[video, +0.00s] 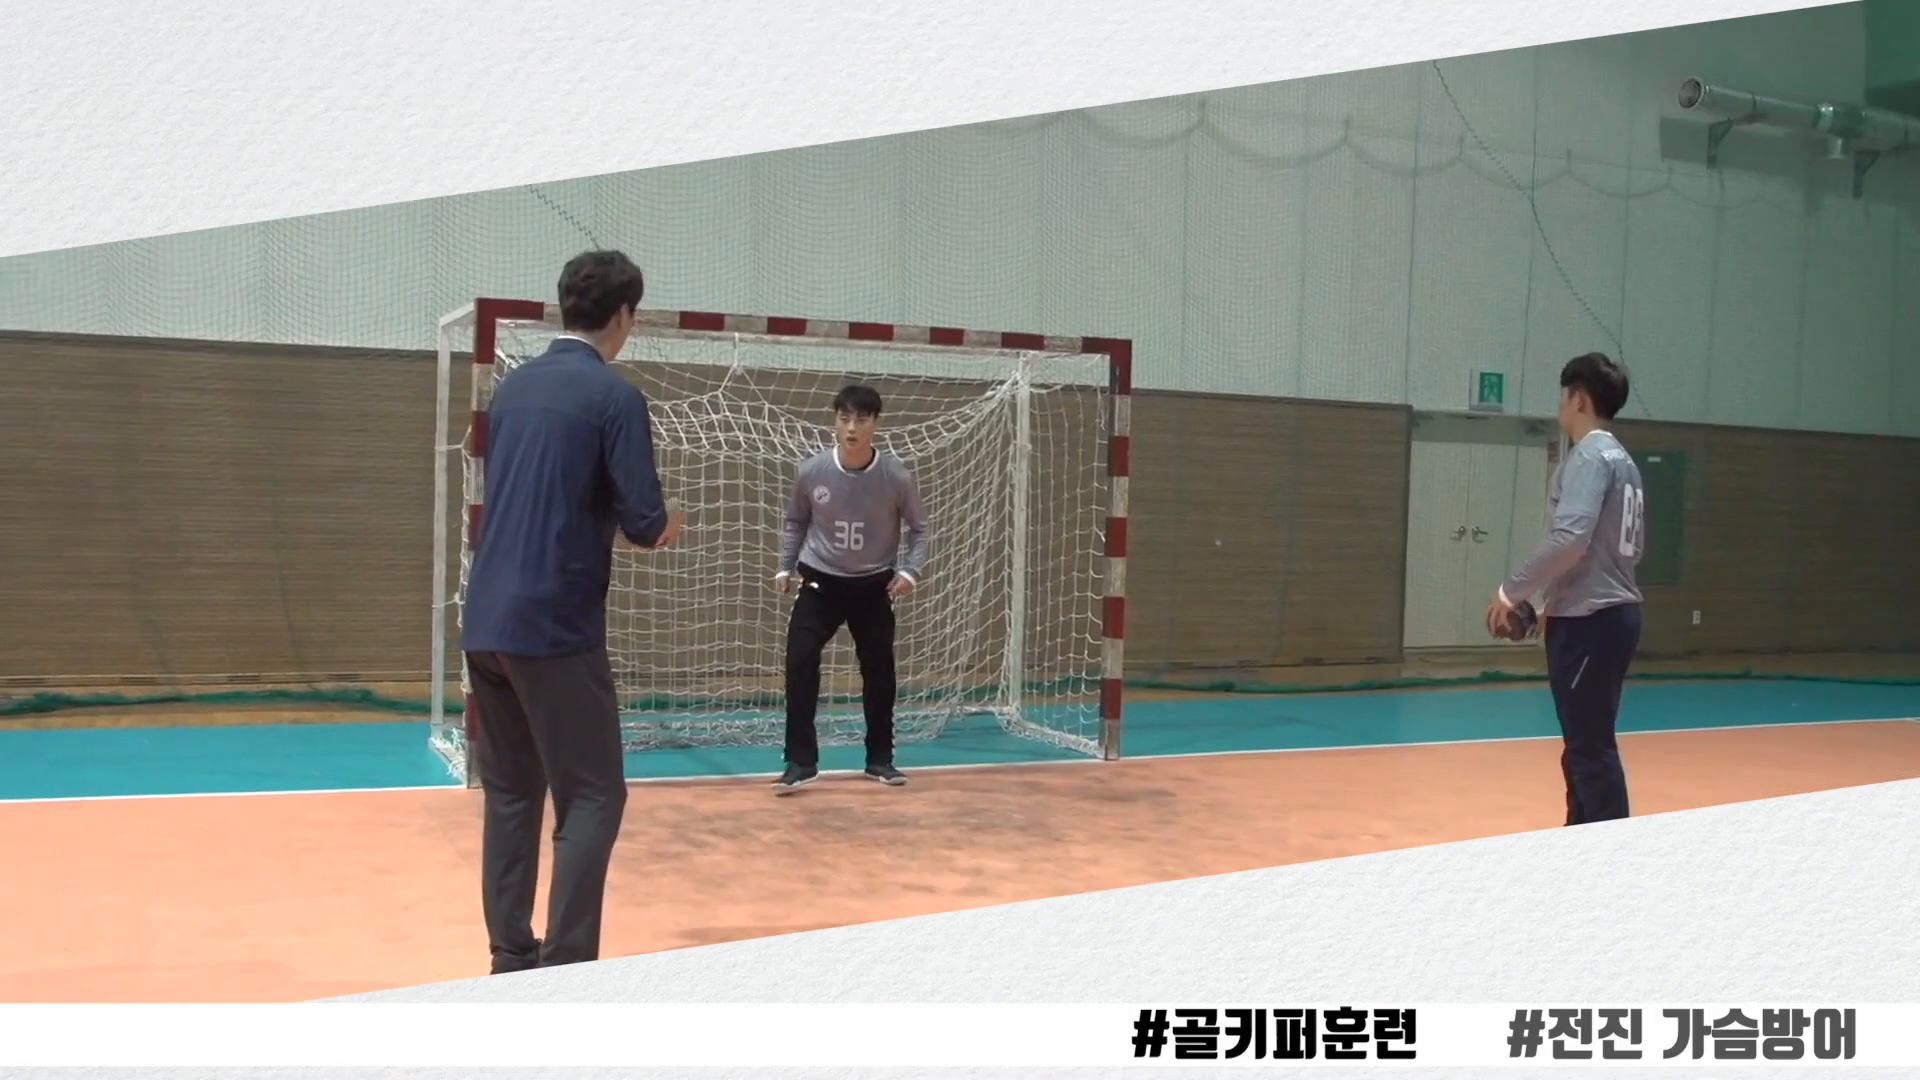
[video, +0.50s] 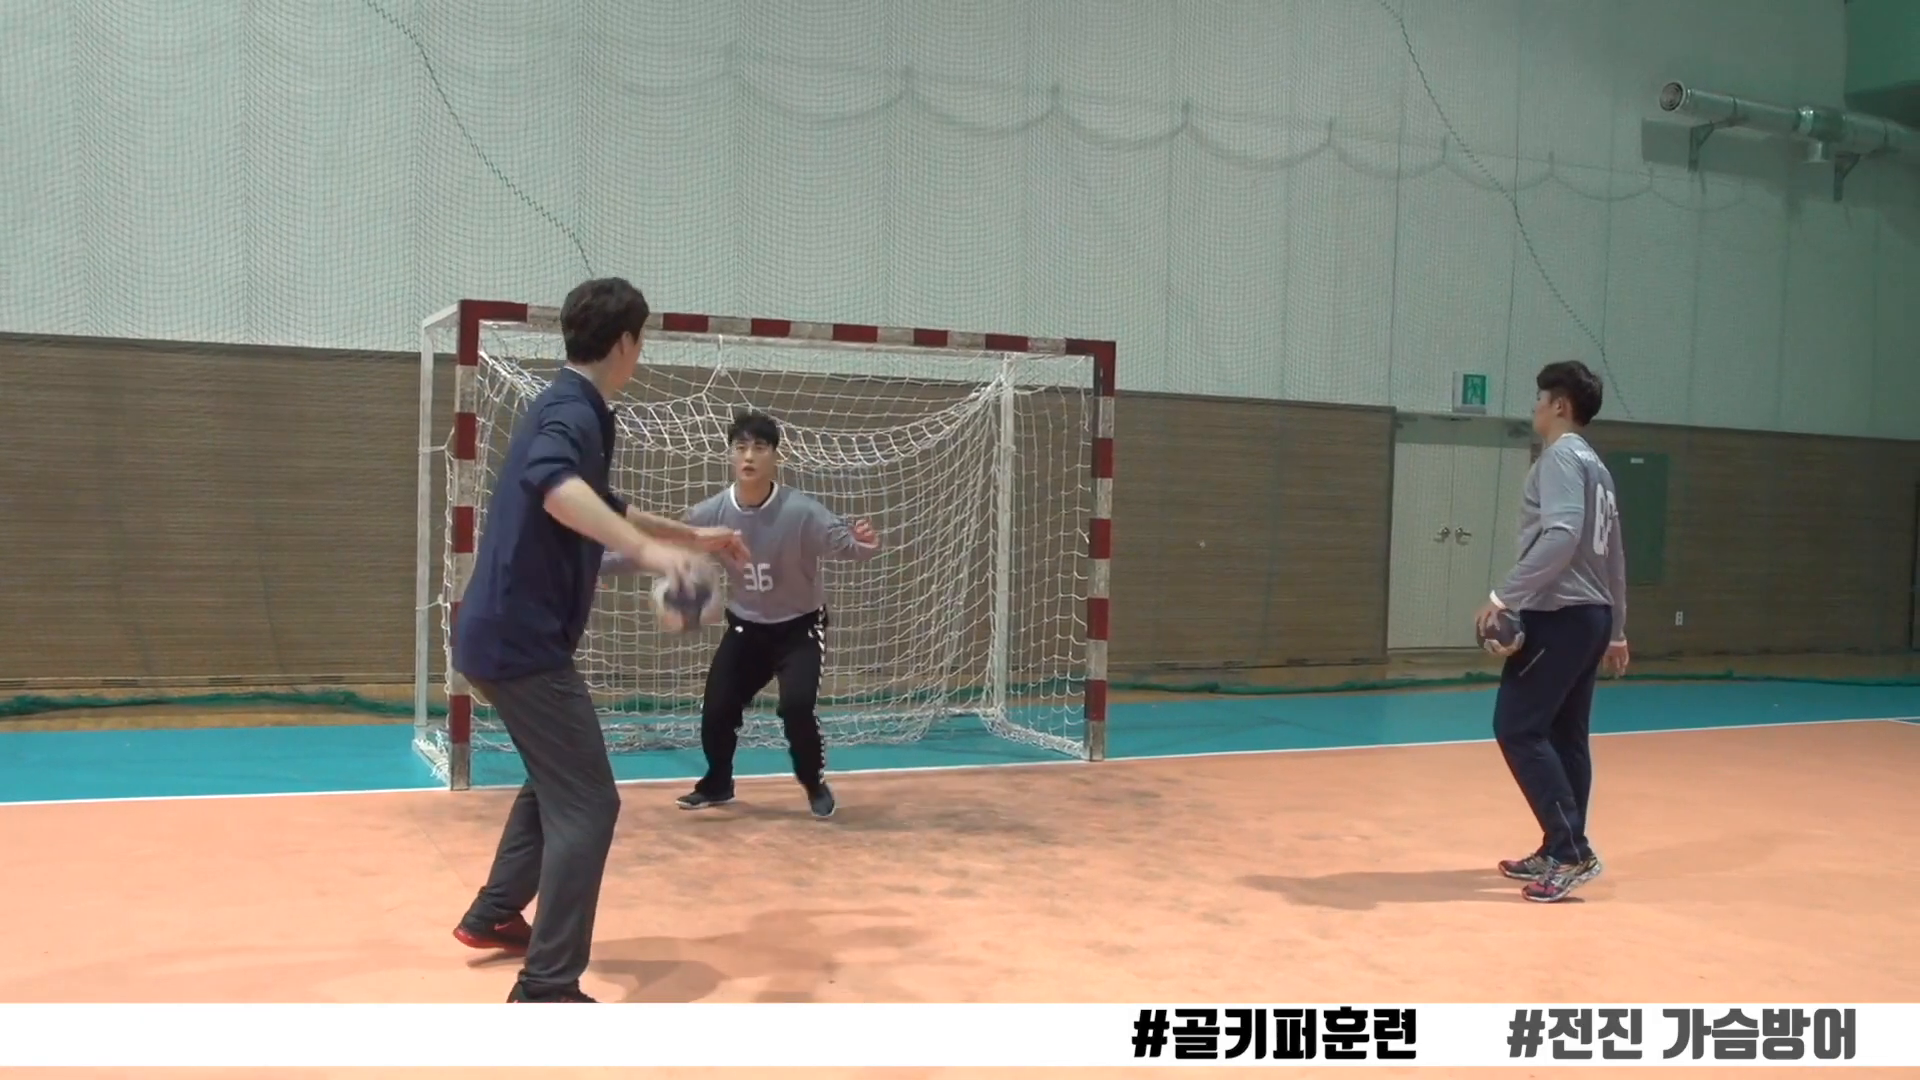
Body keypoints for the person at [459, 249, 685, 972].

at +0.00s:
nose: (636, 324)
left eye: (635, 313)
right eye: (637, 313)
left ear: (564, 309)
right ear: (625, 315)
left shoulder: (514, 383)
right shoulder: (615, 396)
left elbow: (523, 492)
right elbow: (642, 523)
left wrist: (629, 516)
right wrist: (663, 528)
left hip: (485, 623)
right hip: (553, 626)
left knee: (510, 791)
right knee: (594, 791)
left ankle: (511, 953)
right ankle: (568, 961)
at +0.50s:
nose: (640, 354)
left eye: (639, 341)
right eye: (639, 340)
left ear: (582, 338)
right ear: (622, 342)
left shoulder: (586, 411)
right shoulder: (567, 407)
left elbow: (609, 512)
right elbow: (555, 488)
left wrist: (697, 538)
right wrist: (648, 553)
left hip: (519, 634)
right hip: (515, 639)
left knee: (559, 779)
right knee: (588, 803)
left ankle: (493, 915)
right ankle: (549, 985)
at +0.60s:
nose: (630, 365)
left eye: (630, 353)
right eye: (627, 353)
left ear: (570, 355)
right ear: (606, 356)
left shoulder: (574, 427)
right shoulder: (551, 411)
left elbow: (596, 517)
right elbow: (543, 461)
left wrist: (682, 513)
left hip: (503, 640)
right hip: (514, 646)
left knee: (538, 775)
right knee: (591, 805)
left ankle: (475, 897)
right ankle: (548, 984)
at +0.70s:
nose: (587, 380)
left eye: (587, 363)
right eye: (581, 364)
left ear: (534, 367)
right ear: (556, 367)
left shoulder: (532, 430)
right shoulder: (534, 432)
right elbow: (559, 417)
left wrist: (584, 511)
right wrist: (567, 310)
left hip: (497, 647)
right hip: (517, 652)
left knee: (528, 768)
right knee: (578, 806)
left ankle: (459, 890)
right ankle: (548, 981)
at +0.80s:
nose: (566, 365)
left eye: (563, 351)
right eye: (559, 352)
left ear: (502, 367)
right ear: (541, 360)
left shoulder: (488, 434)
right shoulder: (528, 416)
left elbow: (444, 540)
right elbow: (587, 406)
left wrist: (499, 579)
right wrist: (572, 305)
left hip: (473, 637)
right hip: (517, 637)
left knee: (514, 764)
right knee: (535, 799)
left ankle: (456, 894)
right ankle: (533, 971)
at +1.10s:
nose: (508, 357)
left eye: (503, 347)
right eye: (503, 348)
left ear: (441, 361)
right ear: (489, 353)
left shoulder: (404, 430)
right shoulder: (520, 401)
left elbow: (362, 525)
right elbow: (613, 413)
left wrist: (404, 590)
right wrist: (662, 388)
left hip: (409, 601)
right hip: (474, 588)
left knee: (448, 747)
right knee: (498, 745)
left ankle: (453, 887)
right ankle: (446, 896)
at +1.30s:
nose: (464, 338)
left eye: (459, 327)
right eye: (460, 327)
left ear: (398, 337)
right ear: (443, 330)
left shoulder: (359, 424)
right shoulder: (466, 388)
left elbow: (341, 533)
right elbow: (565, 427)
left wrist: (415, 532)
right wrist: (615, 420)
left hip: (374, 596)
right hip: (432, 587)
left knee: (433, 751)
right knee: (466, 752)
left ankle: (453, 896)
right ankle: (354, 894)